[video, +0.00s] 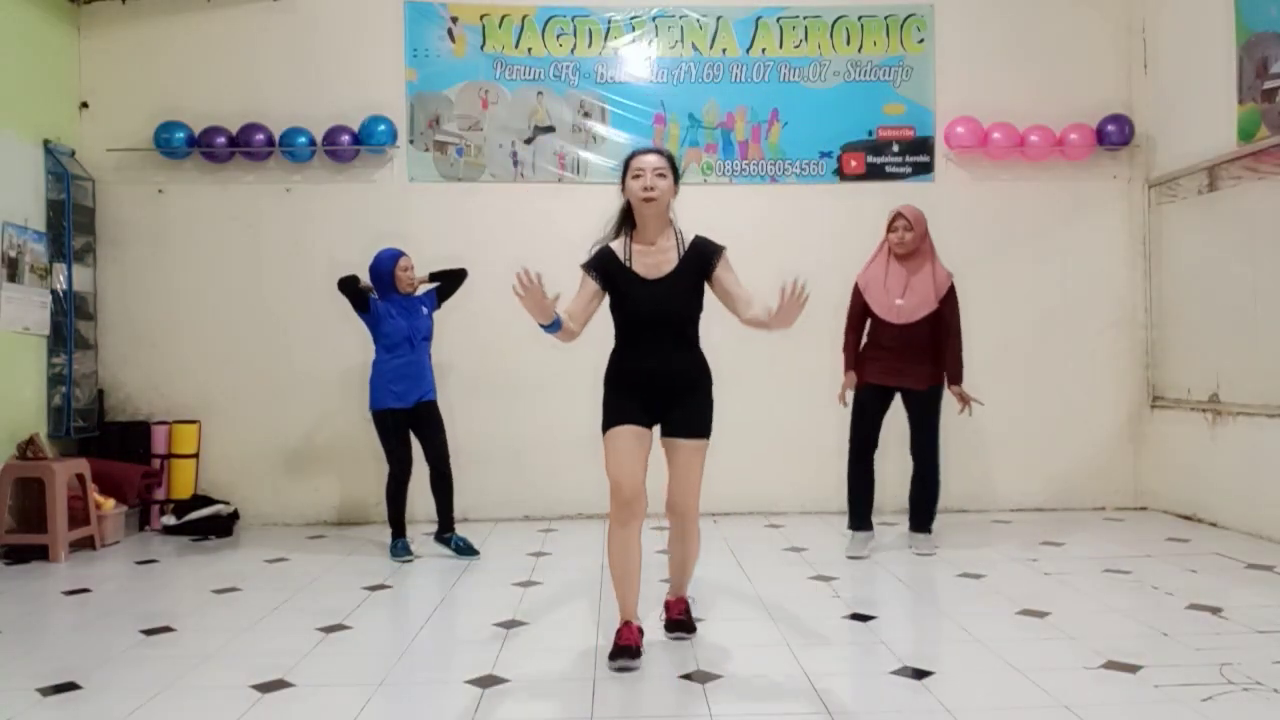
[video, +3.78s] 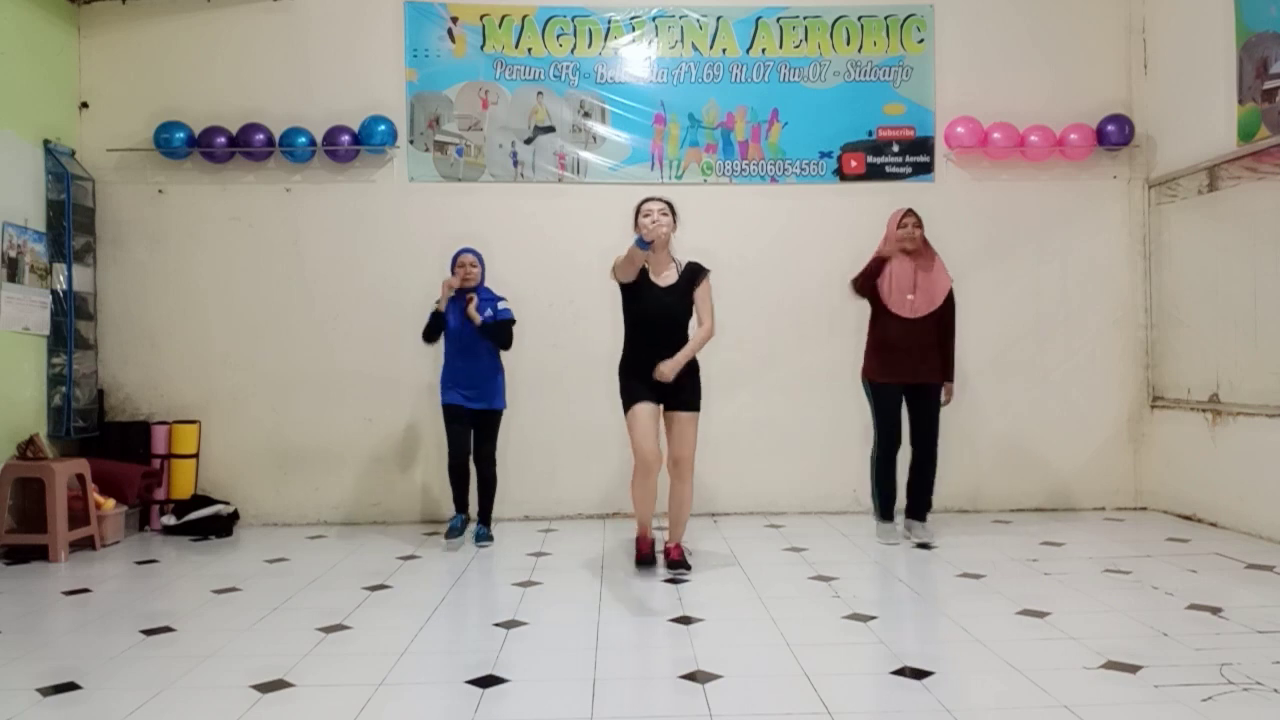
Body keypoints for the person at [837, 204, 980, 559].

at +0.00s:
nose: (898, 235)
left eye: (906, 230)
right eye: (893, 229)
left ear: (921, 235)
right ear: (886, 235)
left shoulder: (938, 279)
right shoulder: (872, 275)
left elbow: (951, 332)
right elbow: (854, 323)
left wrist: (955, 381)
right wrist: (850, 368)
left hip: (922, 376)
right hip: (876, 372)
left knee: (925, 452)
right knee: (860, 449)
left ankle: (921, 529)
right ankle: (860, 529)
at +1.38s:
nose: (909, 236)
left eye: (915, 231)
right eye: (903, 232)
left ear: (927, 238)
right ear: (894, 238)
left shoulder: (940, 278)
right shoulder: (879, 277)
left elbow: (956, 325)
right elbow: (862, 327)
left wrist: (964, 370)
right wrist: (858, 374)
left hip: (930, 372)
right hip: (888, 371)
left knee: (929, 444)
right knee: (893, 436)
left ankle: (926, 519)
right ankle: (890, 506)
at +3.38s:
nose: (907, 231)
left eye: (913, 226)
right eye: (900, 227)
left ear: (921, 234)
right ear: (889, 236)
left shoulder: (937, 276)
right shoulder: (876, 276)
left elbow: (949, 329)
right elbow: (866, 327)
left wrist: (952, 377)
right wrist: (868, 367)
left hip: (926, 371)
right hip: (884, 373)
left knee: (939, 437)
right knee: (888, 445)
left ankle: (919, 508)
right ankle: (890, 518)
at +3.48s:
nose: (909, 235)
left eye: (914, 229)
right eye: (901, 230)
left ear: (922, 235)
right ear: (890, 238)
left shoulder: (941, 279)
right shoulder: (878, 278)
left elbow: (950, 334)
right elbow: (864, 328)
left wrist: (950, 379)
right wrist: (851, 343)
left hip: (927, 377)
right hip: (884, 375)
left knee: (927, 450)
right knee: (888, 446)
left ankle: (917, 520)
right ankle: (889, 518)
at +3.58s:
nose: (910, 230)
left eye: (915, 225)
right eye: (903, 226)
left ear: (924, 232)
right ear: (892, 234)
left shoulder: (942, 275)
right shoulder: (879, 274)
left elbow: (951, 329)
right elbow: (858, 322)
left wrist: (951, 375)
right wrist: (840, 301)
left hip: (926, 365)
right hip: (885, 363)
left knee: (925, 441)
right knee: (888, 432)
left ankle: (917, 520)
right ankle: (890, 498)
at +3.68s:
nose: (911, 228)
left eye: (916, 223)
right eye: (904, 224)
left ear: (925, 230)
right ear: (892, 232)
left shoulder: (941, 272)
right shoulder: (881, 270)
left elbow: (950, 327)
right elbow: (852, 312)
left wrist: (949, 373)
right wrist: (850, 276)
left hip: (926, 364)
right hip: (885, 359)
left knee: (922, 441)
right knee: (889, 417)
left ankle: (917, 519)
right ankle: (891, 489)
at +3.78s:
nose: (912, 231)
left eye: (916, 226)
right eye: (904, 227)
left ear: (923, 233)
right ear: (892, 235)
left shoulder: (937, 274)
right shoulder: (882, 270)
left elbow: (947, 328)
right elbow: (858, 287)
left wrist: (948, 377)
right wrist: (882, 254)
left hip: (926, 373)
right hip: (884, 372)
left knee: (926, 447)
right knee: (888, 443)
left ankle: (917, 519)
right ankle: (885, 519)